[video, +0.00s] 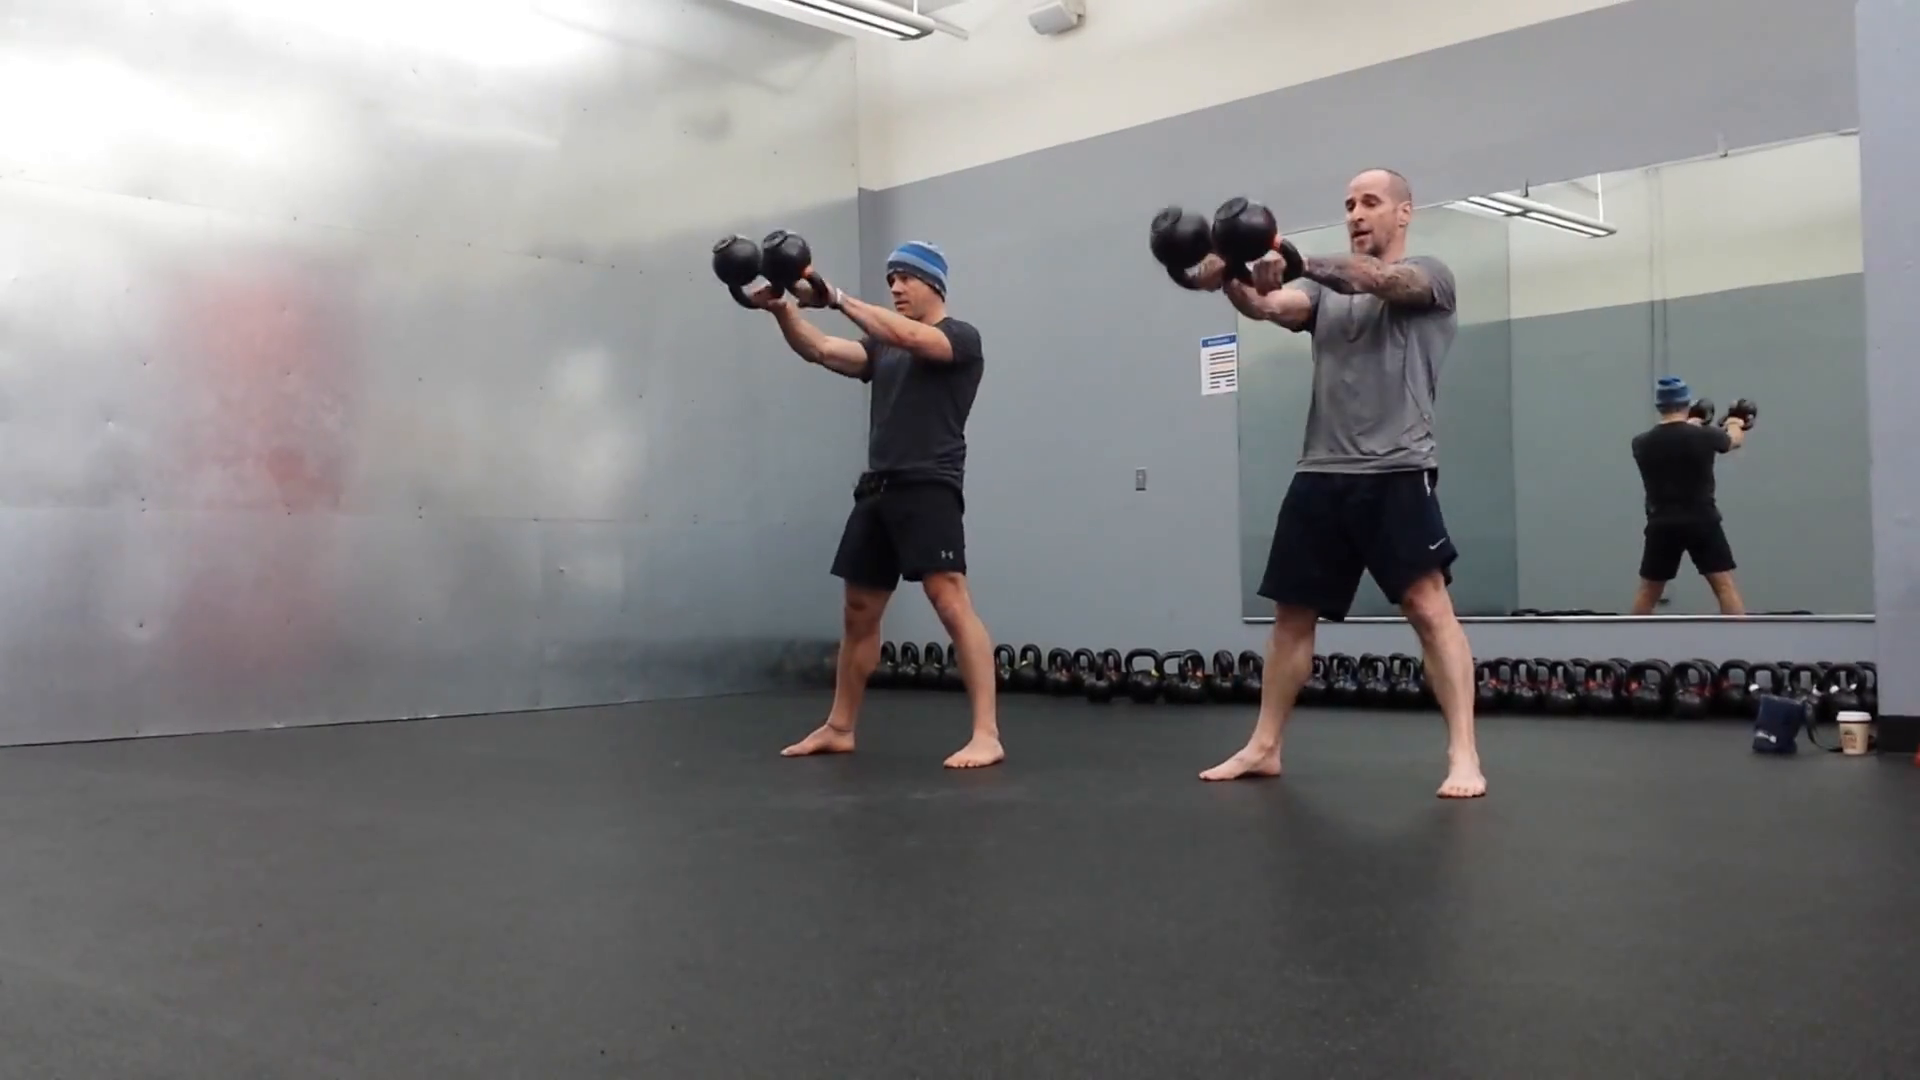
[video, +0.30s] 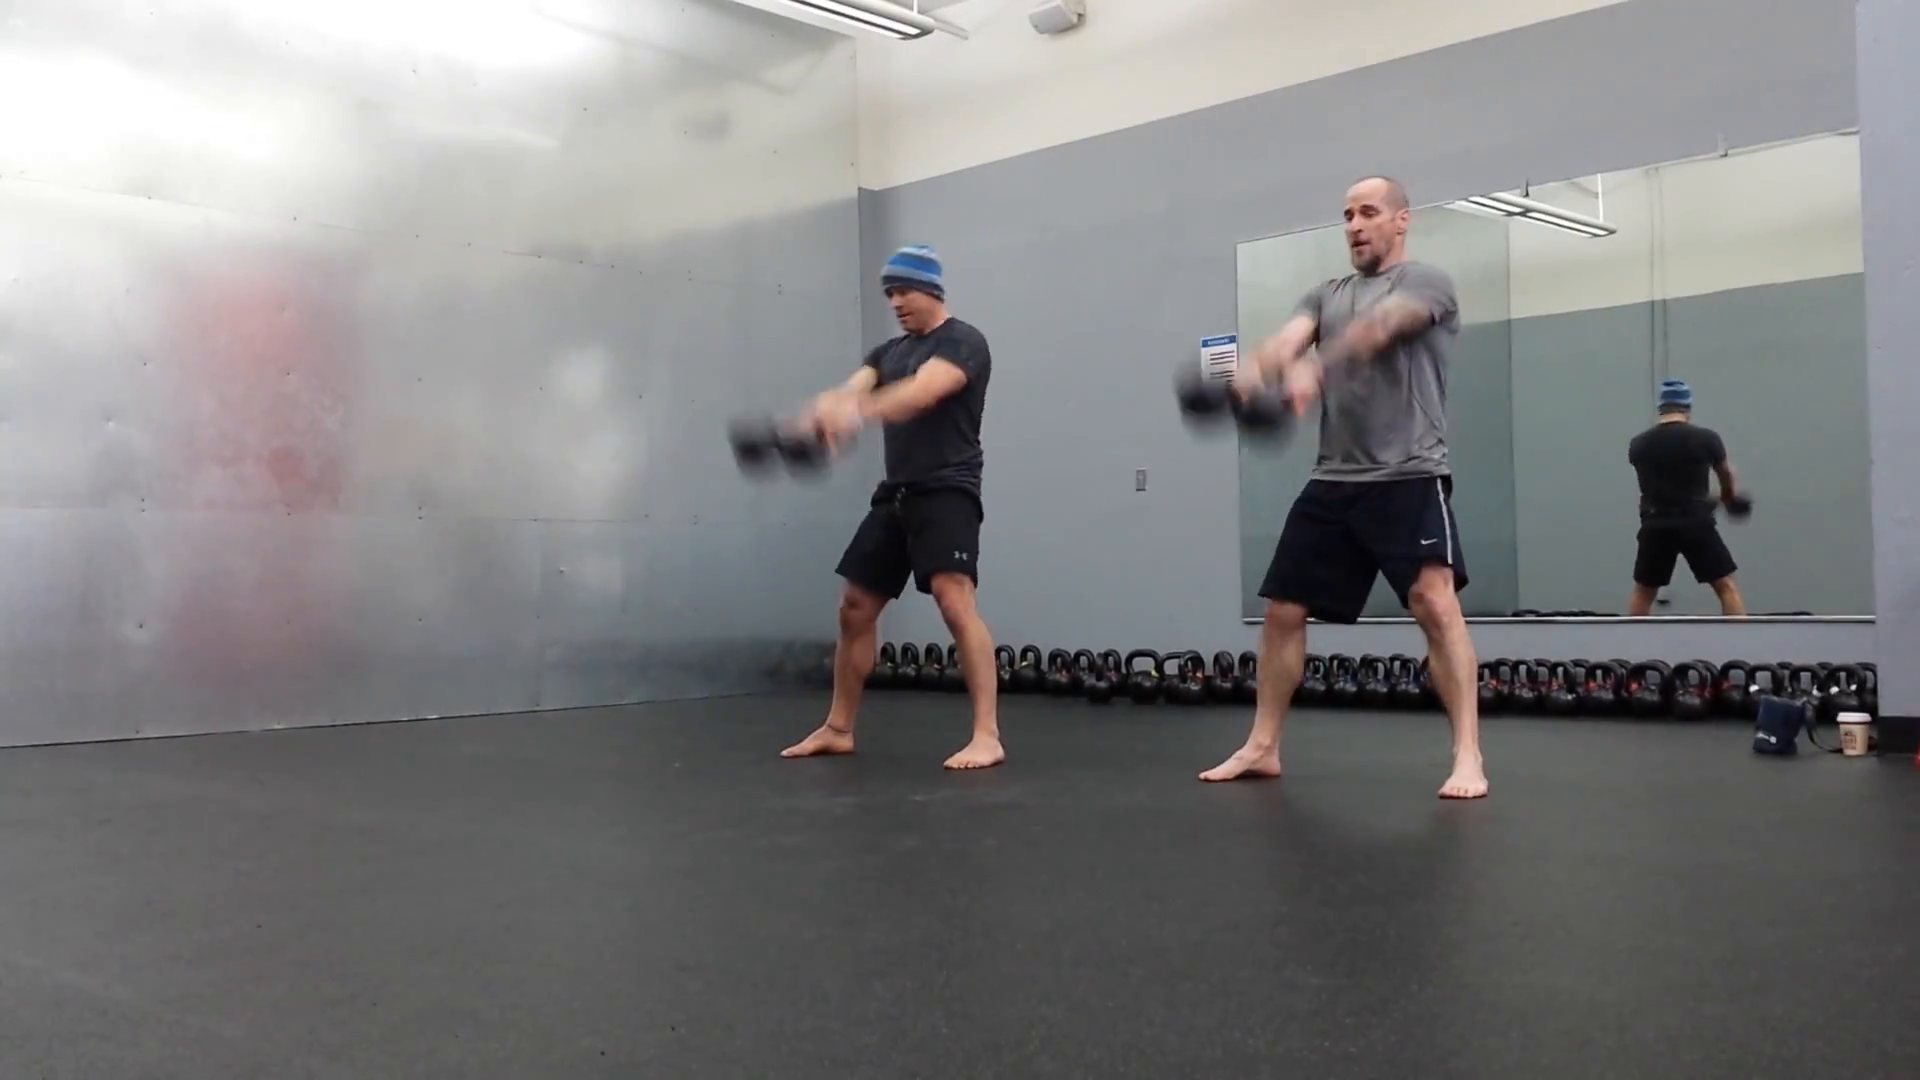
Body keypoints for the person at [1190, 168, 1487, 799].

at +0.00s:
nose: (1355, 214)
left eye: (1369, 201)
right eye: (1350, 206)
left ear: (1406, 212)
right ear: (1346, 219)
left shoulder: (1432, 277)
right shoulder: (1329, 287)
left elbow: (1377, 279)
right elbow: (1263, 303)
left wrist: (1300, 264)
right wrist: (1223, 271)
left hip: (1397, 473)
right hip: (1320, 474)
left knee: (1429, 609)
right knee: (1292, 612)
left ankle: (1464, 756)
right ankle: (1264, 745)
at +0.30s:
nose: (1355, 225)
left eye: (1369, 213)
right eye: (1349, 216)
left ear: (1403, 220)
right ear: (1343, 228)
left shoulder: (1428, 283)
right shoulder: (1328, 296)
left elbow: (1378, 329)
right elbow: (1283, 342)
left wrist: (1317, 367)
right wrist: (1253, 373)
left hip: (1410, 478)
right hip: (1333, 482)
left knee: (1434, 602)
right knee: (1282, 610)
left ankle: (1468, 756)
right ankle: (1262, 745)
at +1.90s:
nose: (1301, 199)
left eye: (1315, 188)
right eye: (1297, 190)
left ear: (1350, 195)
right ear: (1290, 202)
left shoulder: (1376, 248)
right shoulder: (1278, 257)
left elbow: (1382, 140)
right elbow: (1244, 162)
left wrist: (1368, 48)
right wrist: (1257, 67)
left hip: (1361, 461)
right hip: (1285, 464)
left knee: (1411, 610)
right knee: (1283, 617)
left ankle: (1460, 758)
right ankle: (1265, 746)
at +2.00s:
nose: (1312, 198)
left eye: (1325, 187)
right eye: (1308, 189)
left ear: (1364, 197)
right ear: (1303, 201)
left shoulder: (1385, 250)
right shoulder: (1285, 260)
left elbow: (1388, 152)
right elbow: (1234, 181)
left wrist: (1368, 63)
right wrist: (1254, 89)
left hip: (1365, 461)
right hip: (1288, 463)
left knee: (1412, 612)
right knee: (1284, 616)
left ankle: (1460, 760)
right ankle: (1265, 747)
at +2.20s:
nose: (1339, 205)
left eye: (1353, 196)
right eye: (1333, 198)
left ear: (1380, 206)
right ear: (1325, 211)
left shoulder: (1403, 272)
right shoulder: (1304, 280)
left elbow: (1391, 220)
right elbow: (1228, 245)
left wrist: (1379, 144)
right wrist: (1256, 167)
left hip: (1371, 470)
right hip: (1296, 472)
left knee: (1414, 611)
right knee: (1285, 618)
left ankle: (1461, 760)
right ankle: (1264, 747)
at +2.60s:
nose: (1340, 206)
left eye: (1356, 195)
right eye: (1335, 197)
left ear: (1392, 209)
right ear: (1330, 213)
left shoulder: (1417, 284)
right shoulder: (1310, 295)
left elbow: (1395, 344)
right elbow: (1257, 363)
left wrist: (1362, 270)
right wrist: (1275, 278)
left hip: (1374, 474)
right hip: (1298, 474)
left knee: (1416, 612)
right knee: (1288, 617)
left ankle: (1462, 758)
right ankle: (1265, 747)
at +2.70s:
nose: (1338, 210)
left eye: (1353, 198)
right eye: (1332, 200)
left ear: (1390, 208)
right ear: (1328, 213)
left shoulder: (1417, 285)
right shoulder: (1308, 295)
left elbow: (1394, 344)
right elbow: (1258, 366)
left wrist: (1354, 274)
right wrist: (1280, 280)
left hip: (1373, 473)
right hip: (1297, 474)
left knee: (1415, 613)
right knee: (1287, 618)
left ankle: (1462, 758)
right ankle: (1265, 747)